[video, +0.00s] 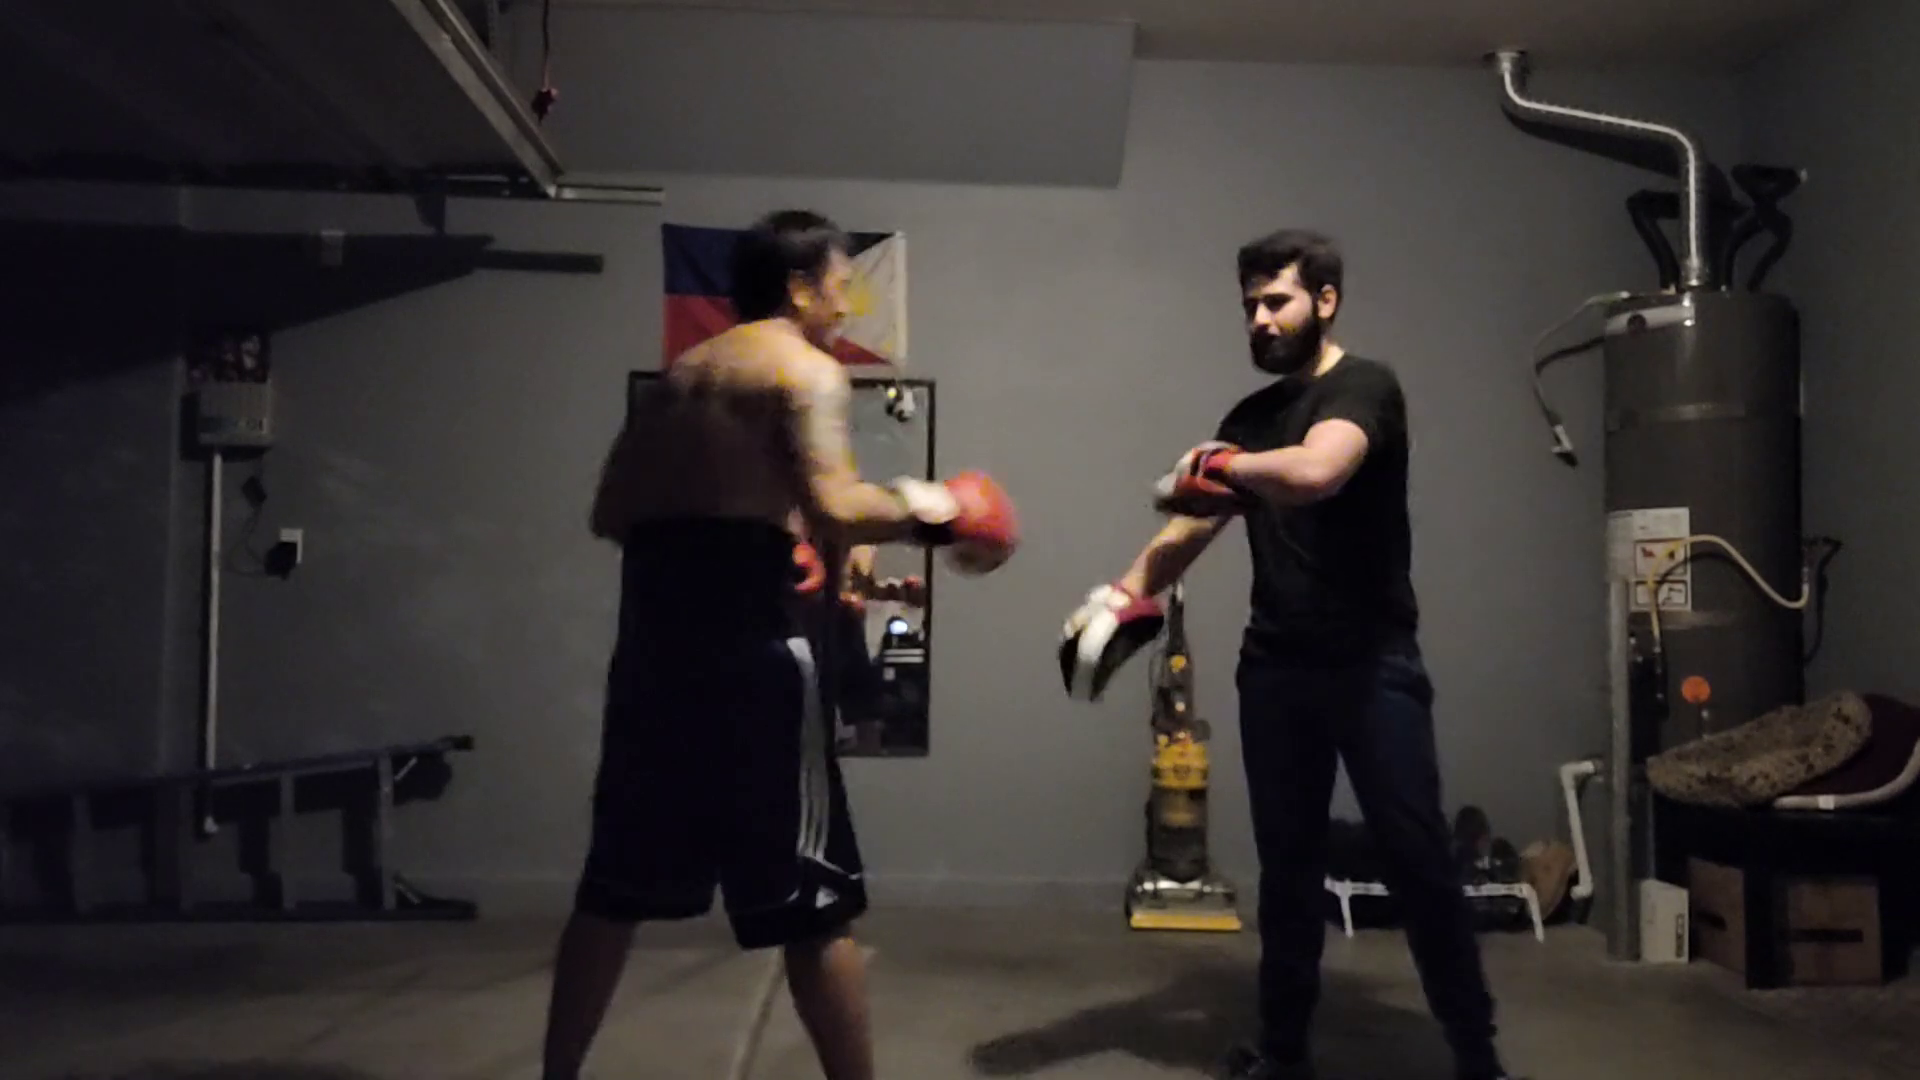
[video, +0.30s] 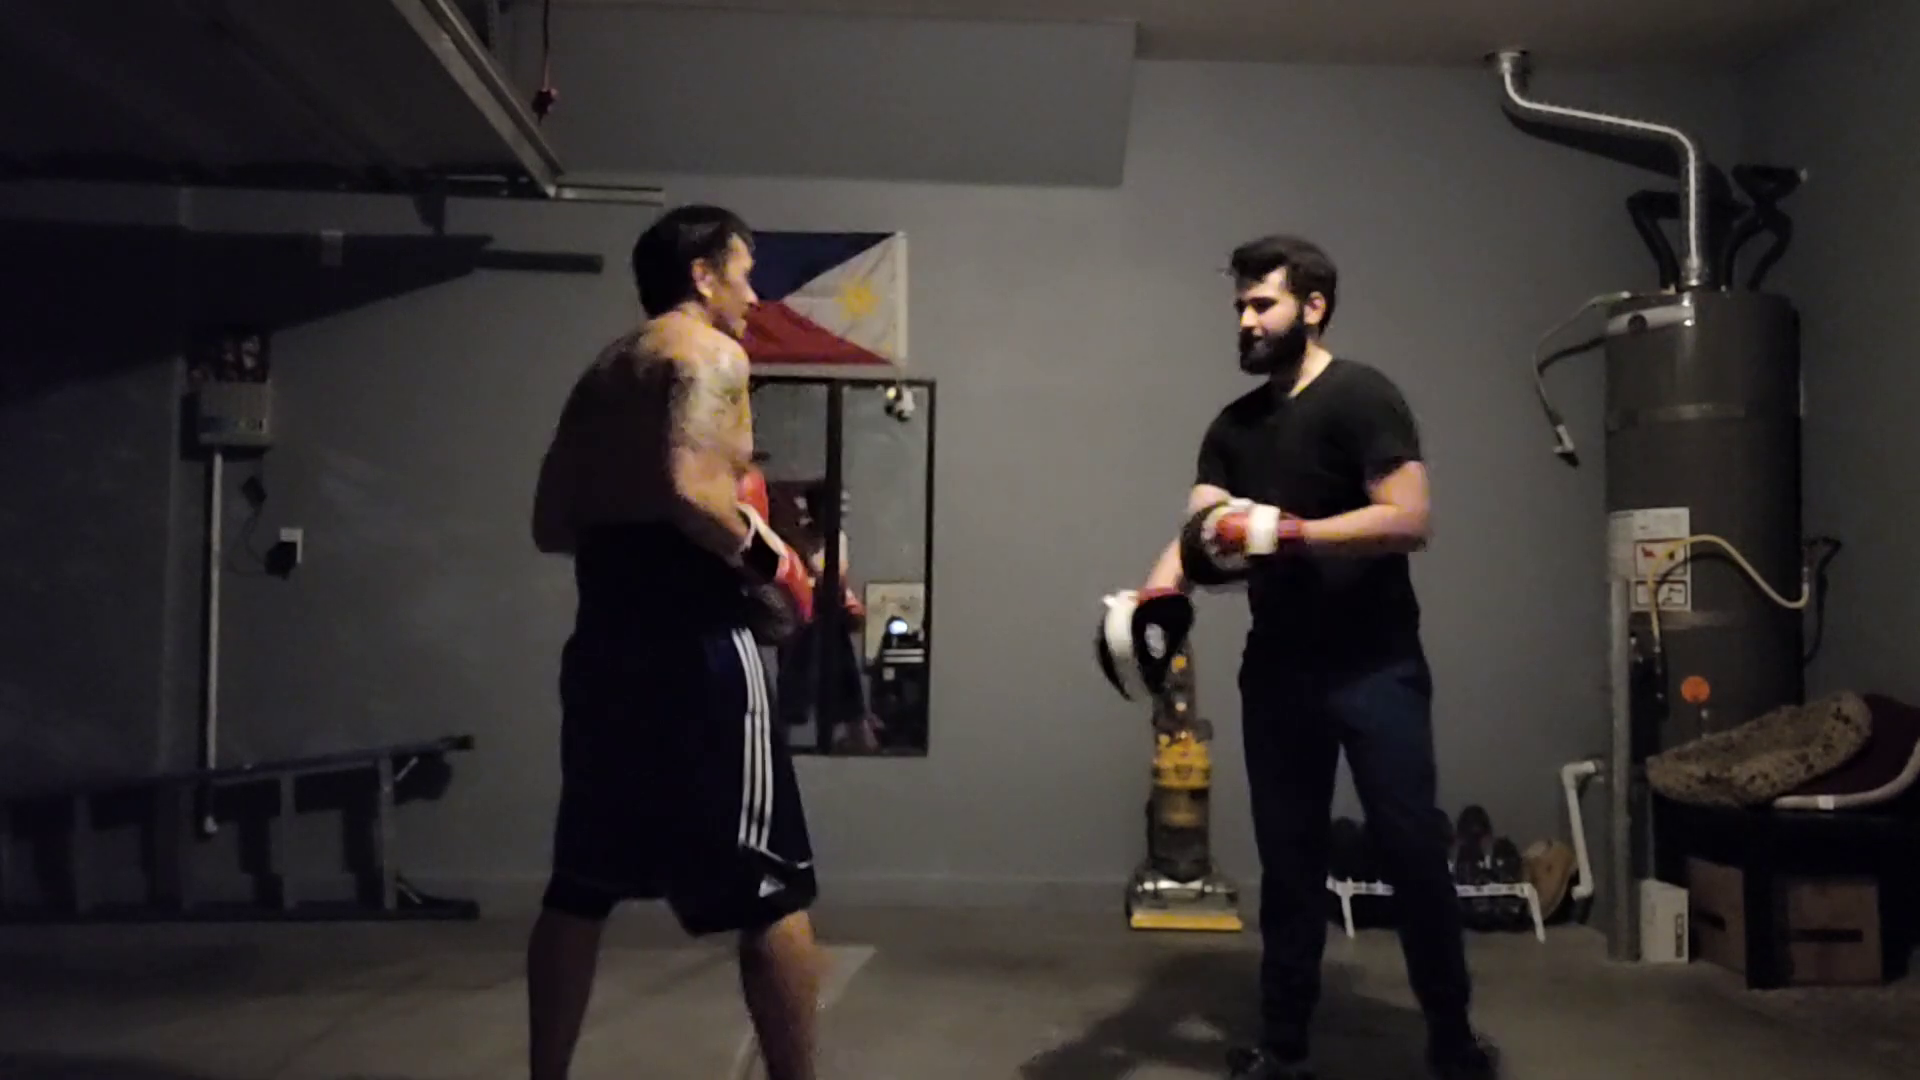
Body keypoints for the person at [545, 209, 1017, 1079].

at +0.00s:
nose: (849, 302)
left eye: (848, 284)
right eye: (841, 284)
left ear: (756, 286)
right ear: (802, 286)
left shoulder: (682, 369)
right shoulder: (806, 370)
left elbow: (613, 512)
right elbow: (837, 506)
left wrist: (753, 542)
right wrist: (935, 507)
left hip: (656, 665)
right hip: (756, 669)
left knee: (613, 885)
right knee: (814, 899)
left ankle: (558, 1070)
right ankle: (855, 1073)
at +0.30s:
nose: (753, 293)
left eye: (752, 275)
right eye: (745, 275)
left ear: (667, 282)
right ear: (701, 276)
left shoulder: (602, 371)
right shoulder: (712, 352)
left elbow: (553, 522)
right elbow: (695, 486)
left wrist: (678, 516)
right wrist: (774, 564)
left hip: (607, 647)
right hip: (703, 646)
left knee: (580, 885)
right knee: (771, 892)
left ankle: (547, 1071)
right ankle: (795, 1071)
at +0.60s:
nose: (750, 306)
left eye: (752, 287)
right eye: (744, 285)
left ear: (670, 280)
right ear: (704, 276)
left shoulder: (604, 367)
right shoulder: (705, 348)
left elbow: (563, 527)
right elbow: (707, 486)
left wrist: (713, 547)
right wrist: (802, 535)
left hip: (614, 653)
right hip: (709, 649)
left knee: (591, 883)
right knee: (814, 874)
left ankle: (552, 1071)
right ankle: (834, 1069)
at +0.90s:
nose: (874, 317)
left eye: (872, 299)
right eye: (866, 299)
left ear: (781, 297)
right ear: (828, 299)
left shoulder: (702, 376)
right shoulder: (825, 378)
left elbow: (699, 535)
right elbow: (847, 516)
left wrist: (828, 578)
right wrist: (928, 541)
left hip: (681, 674)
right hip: (790, 679)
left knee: (622, 890)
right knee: (865, 896)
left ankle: (562, 1072)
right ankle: (898, 1072)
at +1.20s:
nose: (922, 324)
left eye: (924, 307)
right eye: (920, 306)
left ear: (833, 293)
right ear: (888, 302)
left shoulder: (755, 362)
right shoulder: (888, 385)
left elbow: (751, 517)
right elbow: (954, 525)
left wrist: (867, 560)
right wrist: (997, 500)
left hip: (701, 661)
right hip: (812, 672)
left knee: (640, 886)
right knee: (875, 899)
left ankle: (580, 1069)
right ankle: (899, 1073)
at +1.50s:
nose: (836, 318)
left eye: (834, 301)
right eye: (829, 301)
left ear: (746, 302)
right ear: (796, 300)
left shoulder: (674, 383)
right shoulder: (800, 380)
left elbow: (696, 544)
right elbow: (816, 525)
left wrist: (845, 574)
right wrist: (877, 534)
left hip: (668, 675)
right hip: (778, 678)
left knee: (625, 900)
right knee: (865, 895)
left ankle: (576, 1072)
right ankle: (901, 1071)